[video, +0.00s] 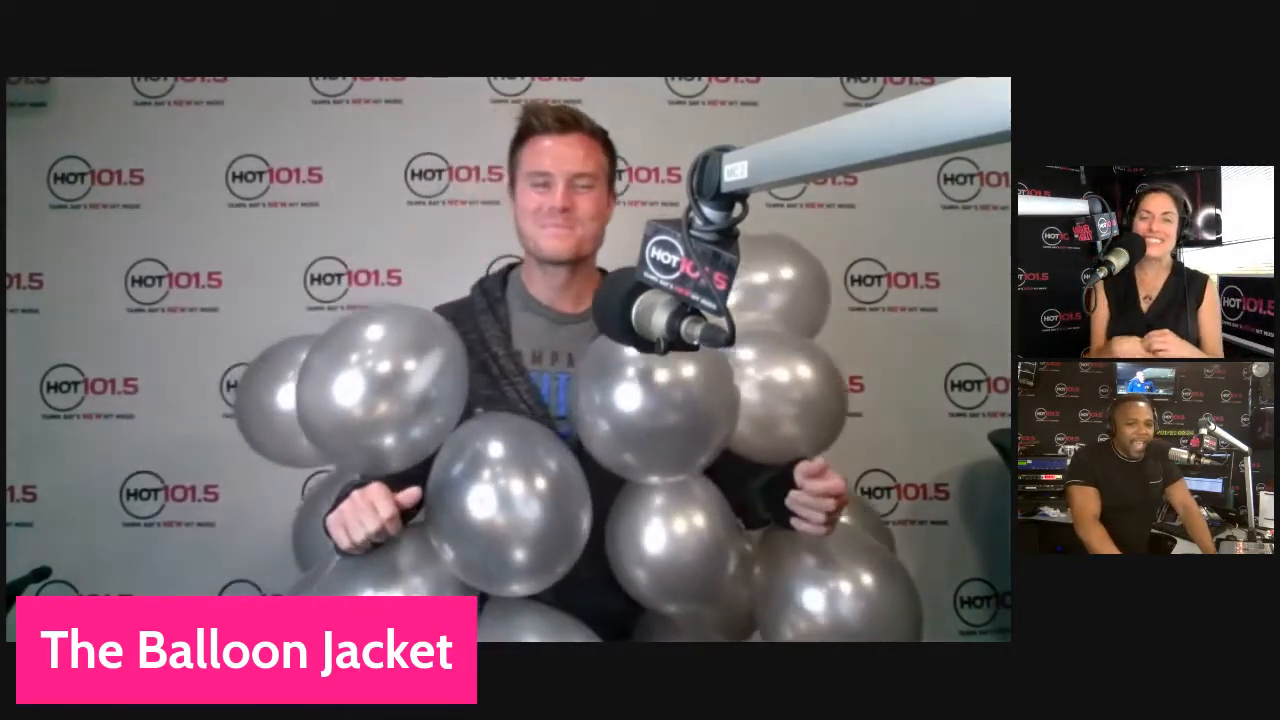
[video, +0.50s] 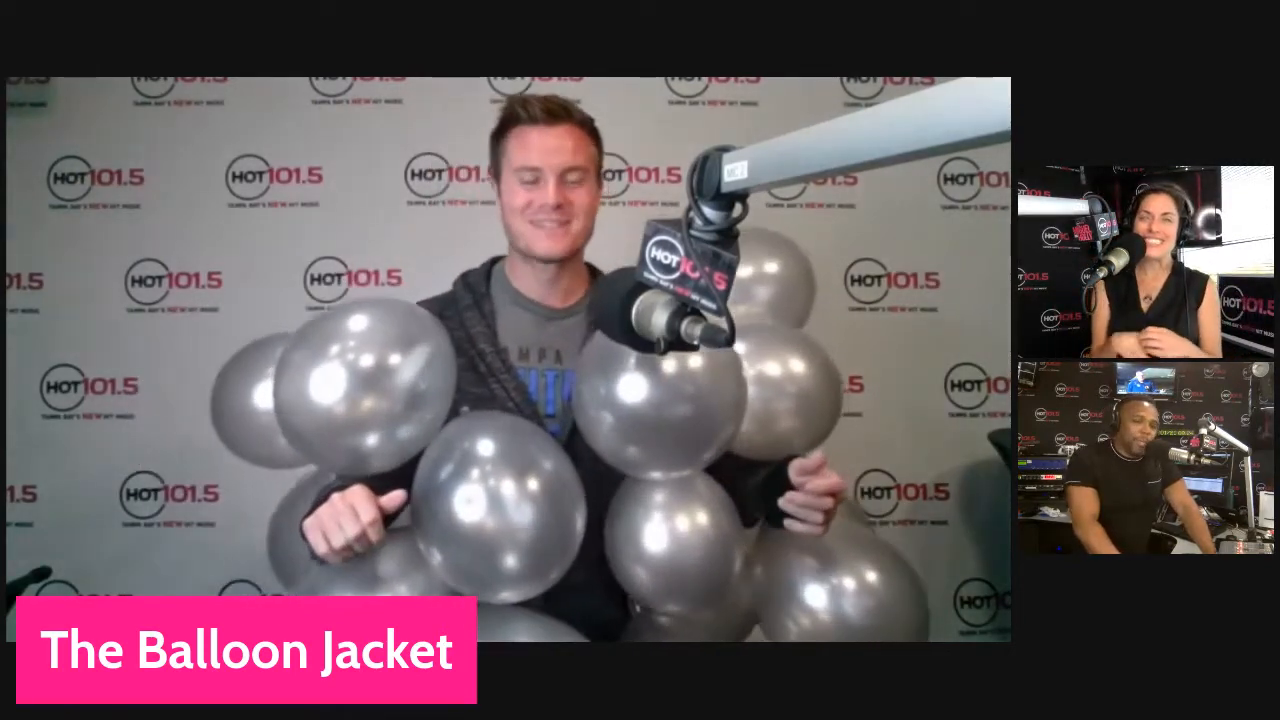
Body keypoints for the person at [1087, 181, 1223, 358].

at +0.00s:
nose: (1154, 227)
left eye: (1167, 219)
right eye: (1144, 217)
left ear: (1180, 228)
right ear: (1131, 223)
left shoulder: (1201, 287)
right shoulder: (1106, 285)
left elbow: (1216, 363)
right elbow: (1094, 355)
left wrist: (1183, 348)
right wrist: (1116, 346)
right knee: (1122, 346)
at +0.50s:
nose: (1153, 227)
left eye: (1166, 219)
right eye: (1144, 217)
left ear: (1181, 228)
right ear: (1131, 223)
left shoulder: (1201, 287)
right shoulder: (1108, 285)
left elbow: (1215, 361)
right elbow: (1096, 356)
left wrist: (1184, 347)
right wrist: (1114, 343)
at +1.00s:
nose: (1152, 228)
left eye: (1164, 220)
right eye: (1143, 218)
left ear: (1178, 229)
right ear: (1130, 223)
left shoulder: (1200, 288)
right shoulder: (1106, 286)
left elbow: (1214, 361)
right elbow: (1095, 356)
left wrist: (1181, 347)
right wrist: (1115, 345)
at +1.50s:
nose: (1151, 230)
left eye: (1164, 221)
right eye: (1142, 219)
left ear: (1178, 229)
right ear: (1129, 224)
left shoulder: (1199, 286)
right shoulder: (1106, 285)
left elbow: (1211, 360)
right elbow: (1095, 354)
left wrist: (1166, 342)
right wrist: (1132, 348)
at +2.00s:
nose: (1150, 231)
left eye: (1163, 223)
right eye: (1141, 220)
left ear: (1177, 230)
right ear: (1127, 224)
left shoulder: (1198, 287)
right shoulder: (1104, 285)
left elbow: (1211, 361)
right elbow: (1093, 359)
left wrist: (1179, 347)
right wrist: (1099, 342)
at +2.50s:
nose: (1150, 229)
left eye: (1163, 221)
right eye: (1141, 218)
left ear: (1178, 231)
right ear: (1128, 224)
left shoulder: (1198, 285)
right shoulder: (1104, 285)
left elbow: (1211, 360)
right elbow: (1095, 354)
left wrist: (1158, 346)